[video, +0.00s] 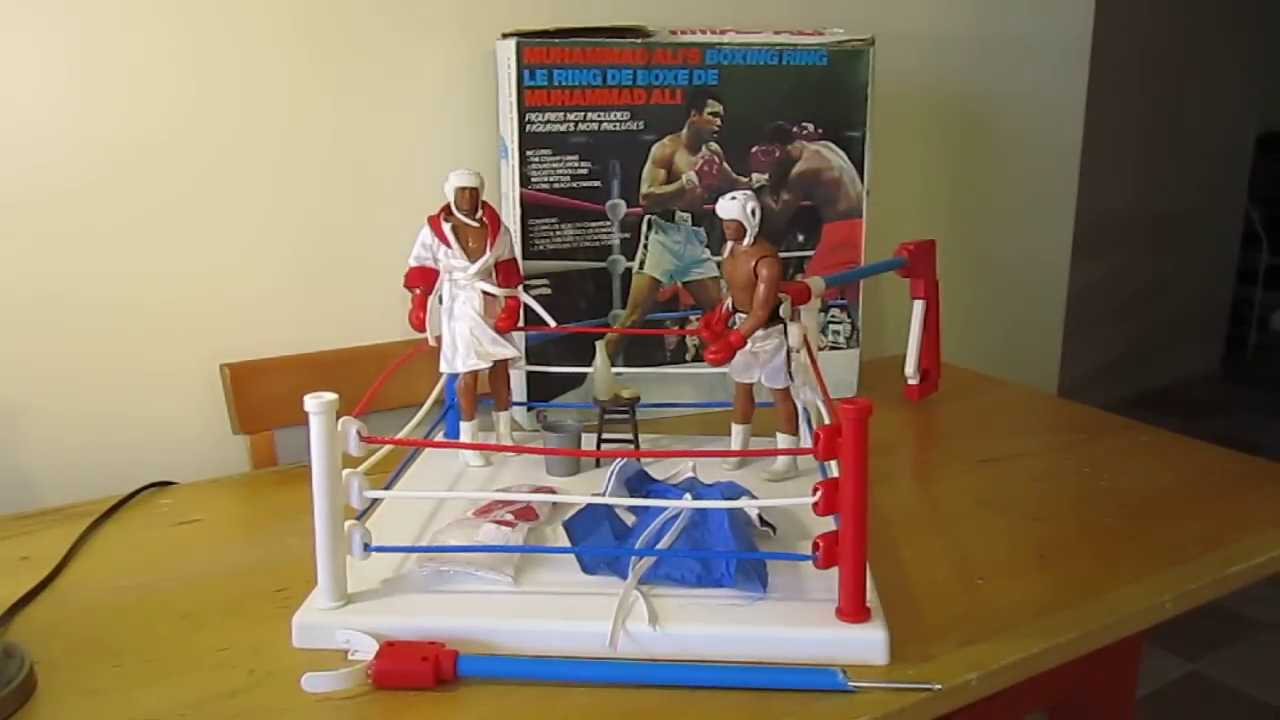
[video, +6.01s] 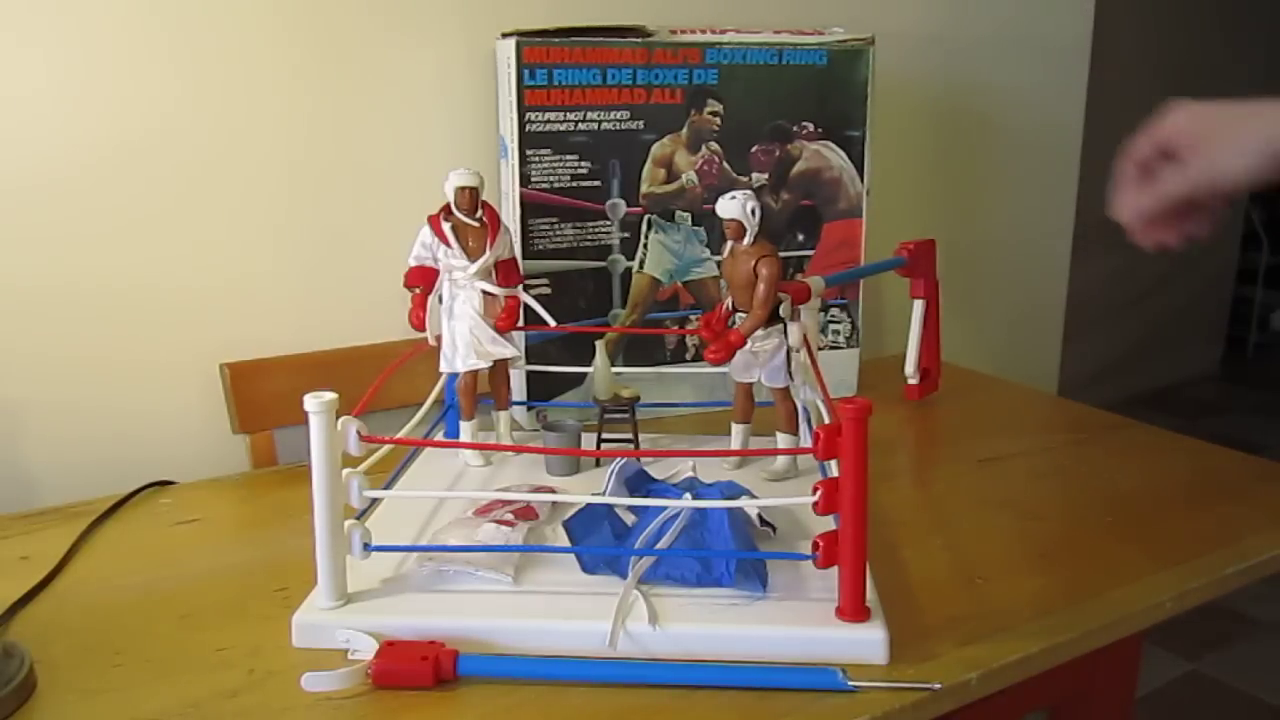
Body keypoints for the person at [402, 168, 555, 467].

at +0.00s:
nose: (468, 197)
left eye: (472, 191)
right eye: (462, 191)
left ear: (481, 194)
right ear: (451, 195)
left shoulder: (495, 228)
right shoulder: (436, 229)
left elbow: (509, 269)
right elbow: (421, 268)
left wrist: (512, 306)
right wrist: (419, 304)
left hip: (493, 303)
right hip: (459, 305)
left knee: (500, 365)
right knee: (469, 370)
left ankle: (505, 433)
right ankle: (469, 440)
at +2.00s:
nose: (466, 198)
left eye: (472, 191)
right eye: (460, 192)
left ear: (480, 194)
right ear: (450, 195)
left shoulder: (496, 228)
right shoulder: (435, 229)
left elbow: (508, 270)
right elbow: (421, 273)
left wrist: (510, 306)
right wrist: (421, 312)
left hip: (493, 302)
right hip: (459, 304)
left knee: (501, 364)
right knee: (469, 369)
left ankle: (505, 432)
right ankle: (469, 440)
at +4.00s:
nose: (467, 198)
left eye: (472, 191)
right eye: (461, 191)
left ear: (480, 194)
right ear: (450, 195)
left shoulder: (496, 228)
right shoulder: (435, 229)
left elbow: (508, 270)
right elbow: (421, 271)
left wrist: (511, 306)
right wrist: (421, 309)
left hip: (492, 302)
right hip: (457, 304)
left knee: (500, 364)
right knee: (468, 369)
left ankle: (504, 433)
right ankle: (469, 441)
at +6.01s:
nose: (467, 198)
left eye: (472, 191)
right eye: (461, 191)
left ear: (480, 194)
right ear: (451, 195)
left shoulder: (496, 227)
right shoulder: (436, 229)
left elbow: (508, 268)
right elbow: (422, 267)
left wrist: (512, 303)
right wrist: (419, 302)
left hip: (492, 302)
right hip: (458, 303)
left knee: (500, 363)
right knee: (469, 369)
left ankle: (504, 432)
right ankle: (469, 440)